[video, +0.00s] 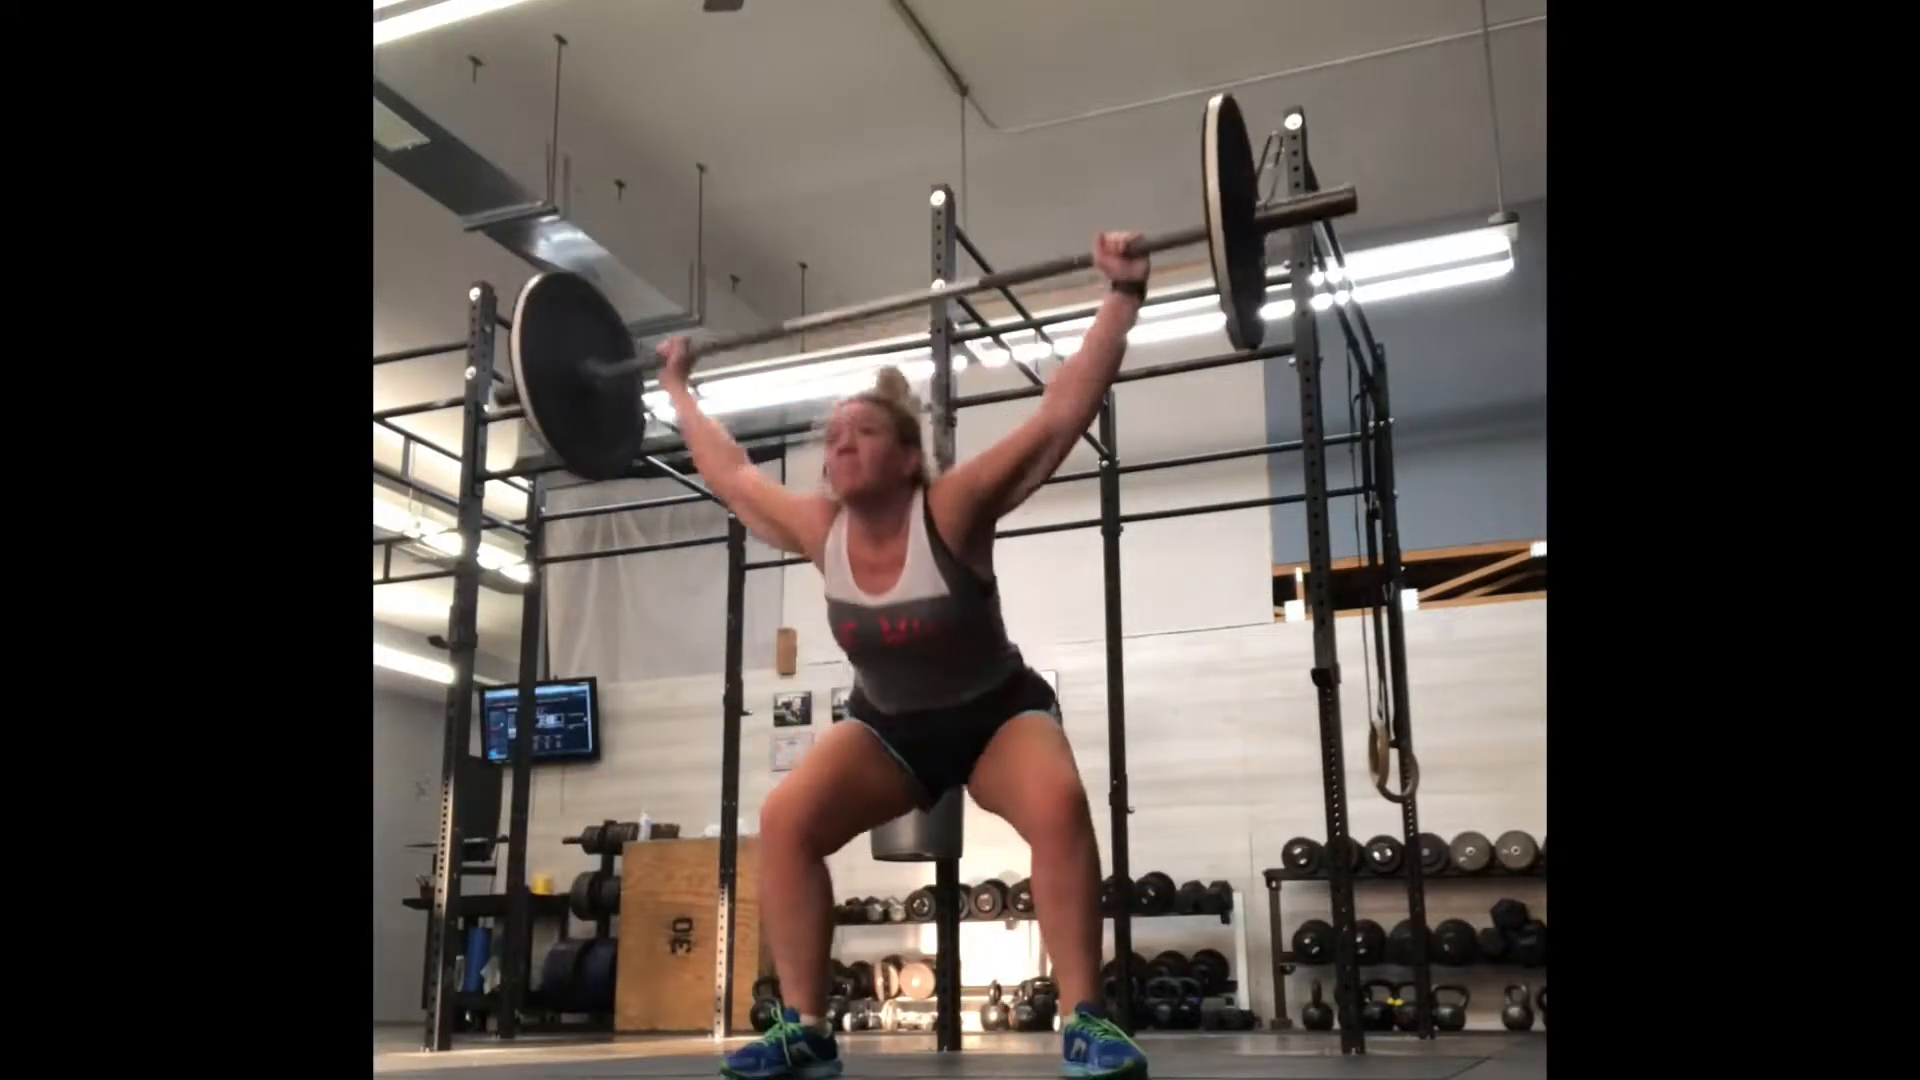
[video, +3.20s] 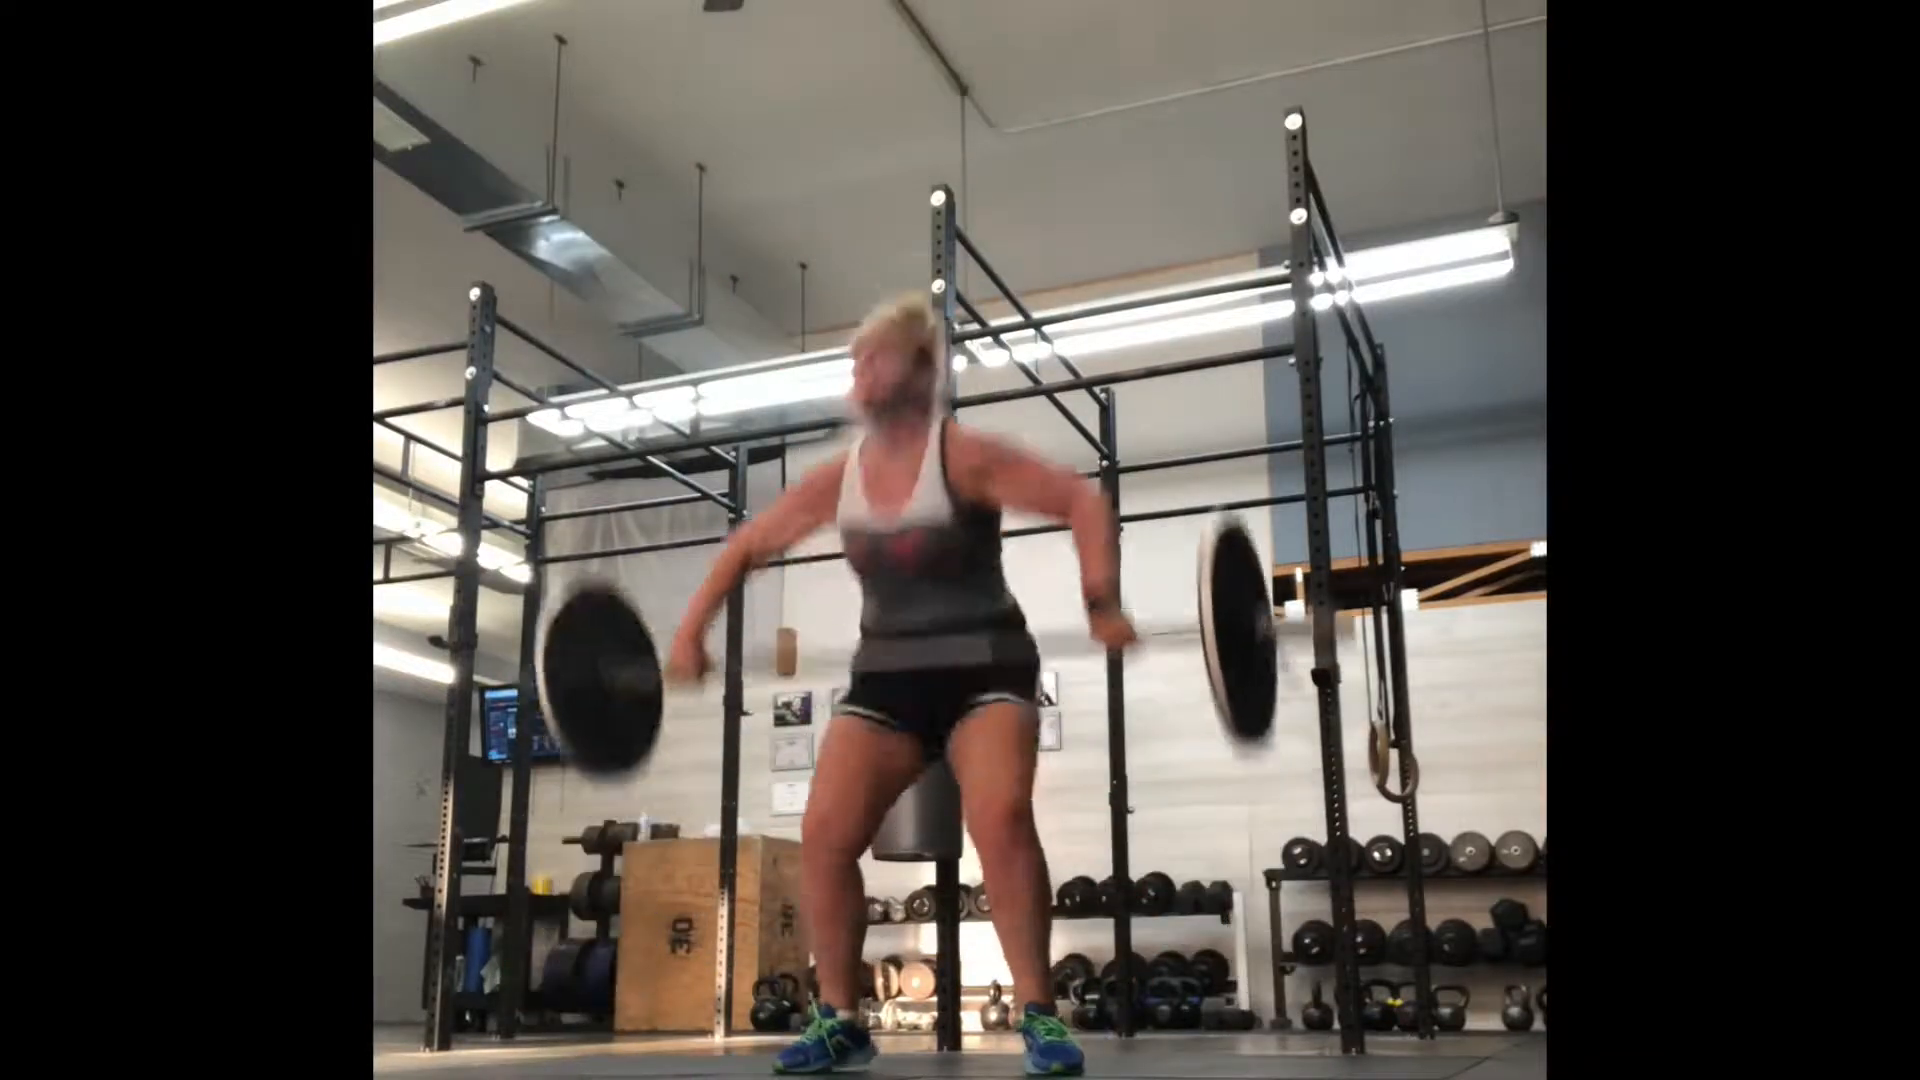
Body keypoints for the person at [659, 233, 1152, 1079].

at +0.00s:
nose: (843, 445)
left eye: (864, 432)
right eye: (833, 436)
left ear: (906, 452)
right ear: (825, 455)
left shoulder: (956, 503)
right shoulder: (818, 526)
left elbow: (1061, 417)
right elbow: (730, 476)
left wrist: (1120, 298)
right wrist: (675, 388)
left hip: (998, 719)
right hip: (888, 732)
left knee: (1061, 809)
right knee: (785, 820)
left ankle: (1081, 1017)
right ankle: (803, 1026)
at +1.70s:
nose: (835, 292)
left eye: (853, 282)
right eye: (833, 284)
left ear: (903, 303)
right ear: (831, 312)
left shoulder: (954, 361)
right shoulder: (821, 395)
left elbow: (1056, 279)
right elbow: (727, 344)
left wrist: (1127, 178)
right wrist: (676, 258)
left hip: (982, 623)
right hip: (872, 635)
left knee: (1034, 808)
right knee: (790, 810)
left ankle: (1080, 1015)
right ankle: (800, 1019)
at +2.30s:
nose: (841, 285)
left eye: (857, 273)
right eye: (829, 276)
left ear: (896, 288)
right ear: (818, 294)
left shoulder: (936, 356)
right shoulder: (800, 374)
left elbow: (1025, 261)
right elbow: (716, 315)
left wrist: (1098, 163)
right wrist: (671, 236)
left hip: (924, 602)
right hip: (817, 613)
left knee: (986, 795)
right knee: (828, 818)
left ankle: (1079, 993)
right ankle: (806, 1025)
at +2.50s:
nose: (821, 596)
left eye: (841, 581)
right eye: (813, 583)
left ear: (886, 601)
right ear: (806, 600)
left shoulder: (940, 672)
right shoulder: (811, 694)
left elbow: (1034, 794)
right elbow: (756, 812)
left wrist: (1118, 899)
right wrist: (680, 917)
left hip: (974, 819)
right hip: (887, 827)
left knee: (1016, 844)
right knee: (780, 850)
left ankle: (1036, 1020)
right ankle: (844, 1024)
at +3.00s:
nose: (823, 503)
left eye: (841, 486)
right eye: (814, 488)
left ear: (888, 497)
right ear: (805, 497)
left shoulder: (945, 566)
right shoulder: (817, 593)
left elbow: (1052, 669)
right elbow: (755, 698)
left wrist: (1116, 783)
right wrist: (696, 799)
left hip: (1000, 703)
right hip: (904, 715)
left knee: (1011, 828)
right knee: (842, 838)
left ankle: (1040, 1019)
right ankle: (843, 1024)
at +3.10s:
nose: (833, 442)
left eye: (851, 426)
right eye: (825, 429)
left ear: (892, 438)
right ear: (818, 447)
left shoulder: (949, 518)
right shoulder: (819, 542)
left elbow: (1063, 603)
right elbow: (749, 633)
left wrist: (1111, 716)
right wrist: (696, 735)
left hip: (995, 682)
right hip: (898, 694)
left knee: (1016, 819)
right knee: (837, 832)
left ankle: (1041, 1016)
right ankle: (843, 1023)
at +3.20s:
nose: (860, 372)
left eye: (876, 358)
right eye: (859, 358)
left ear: (921, 369)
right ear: (855, 375)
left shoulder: (965, 454)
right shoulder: (840, 477)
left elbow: (1084, 499)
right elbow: (744, 545)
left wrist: (1101, 600)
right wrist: (688, 627)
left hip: (986, 674)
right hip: (886, 680)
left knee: (1002, 825)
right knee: (826, 831)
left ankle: (1039, 1013)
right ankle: (840, 1020)